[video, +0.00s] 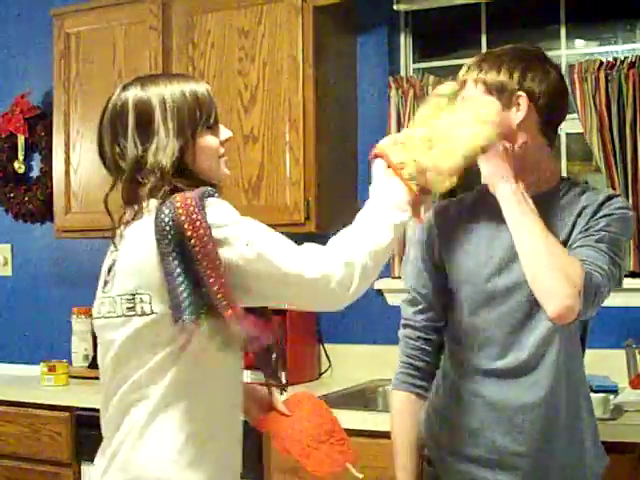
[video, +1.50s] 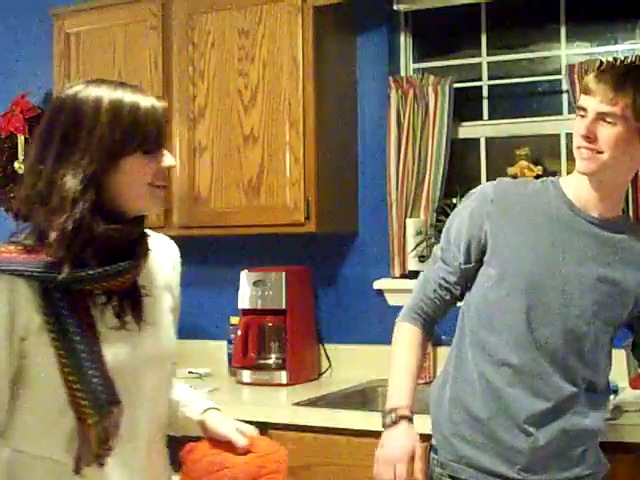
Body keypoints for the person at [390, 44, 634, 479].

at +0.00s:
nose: (458, 116)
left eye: (469, 99)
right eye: (460, 101)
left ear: (518, 109)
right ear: (517, 110)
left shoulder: (600, 211)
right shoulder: (440, 222)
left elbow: (565, 303)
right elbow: (414, 359)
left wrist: (504, 184)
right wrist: (405, 473)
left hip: (557, 461)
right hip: (457, 458)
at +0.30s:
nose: (464, 131)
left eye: (474, 112)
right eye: (467, 117)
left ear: (522, 107)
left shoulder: (608, 213)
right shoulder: (455, 226)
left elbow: (514, 286)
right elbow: (429, 354)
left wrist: (488, 172)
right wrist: (405, 468)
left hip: (542, 464)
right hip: (442, 460)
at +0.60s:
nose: (542, 127)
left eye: (560, 114)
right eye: (532, 112)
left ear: (597, 125)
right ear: (516, 123)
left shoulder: (619, 222)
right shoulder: (458, 221)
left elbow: (533, 279)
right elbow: (434, 332)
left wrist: (483, 162)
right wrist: (411, 435)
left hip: (552, 462)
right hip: (450, 457)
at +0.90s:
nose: (633, 147)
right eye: (625, 124)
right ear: (583, 115)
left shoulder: (626, 236)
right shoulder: (473, 210)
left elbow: (593, 319)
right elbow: (417, 341)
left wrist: (484, 245)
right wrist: (386, 465)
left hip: (564, 466)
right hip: (459, 462)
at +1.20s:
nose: (585, 128)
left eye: (607, 118)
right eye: (579, 111)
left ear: (637, 141)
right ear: (568, 119)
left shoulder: (632, 252)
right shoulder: (486, 210)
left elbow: (637, 393)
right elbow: (417, 331)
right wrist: (390, 447)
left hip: (566, 470)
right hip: (462, 462)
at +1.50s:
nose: (585, 130)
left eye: (608, 119)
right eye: (582, 113)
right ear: (572, 116)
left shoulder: (633, 254)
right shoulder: (494, 205)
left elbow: (636, 369)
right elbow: (416, 315)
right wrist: (398, 420)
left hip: (570, 466)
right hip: (463, 460)